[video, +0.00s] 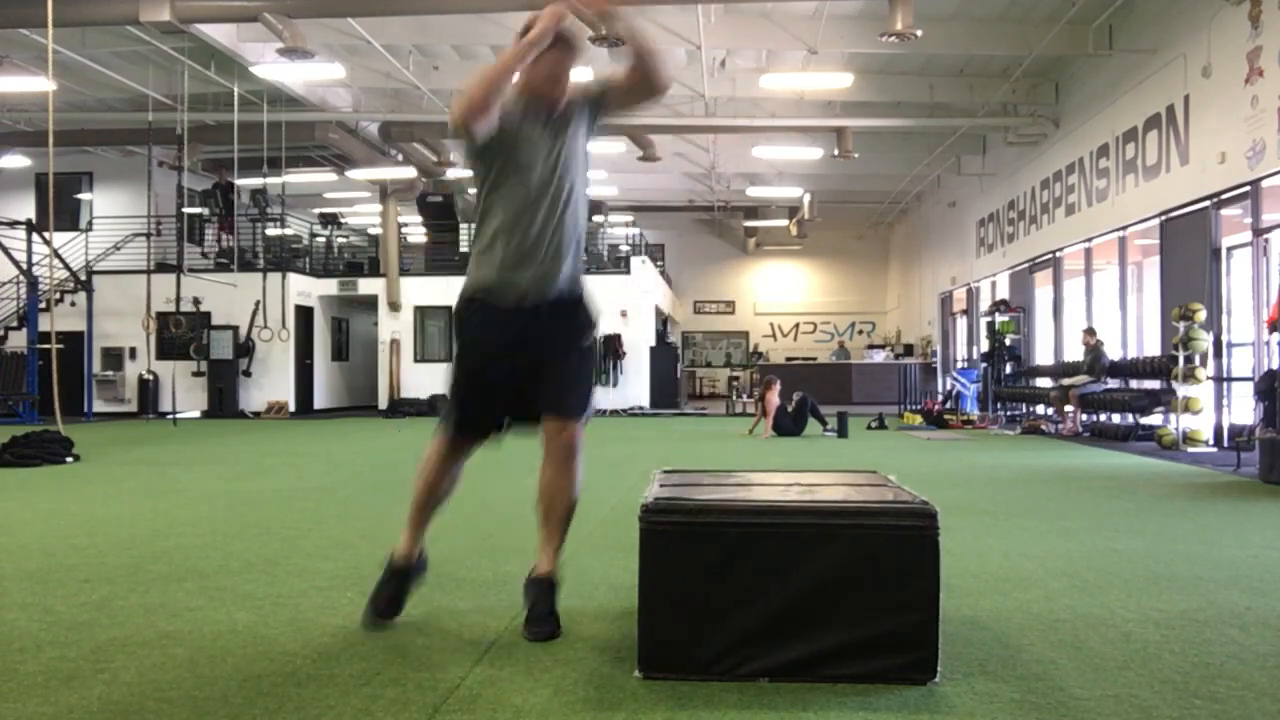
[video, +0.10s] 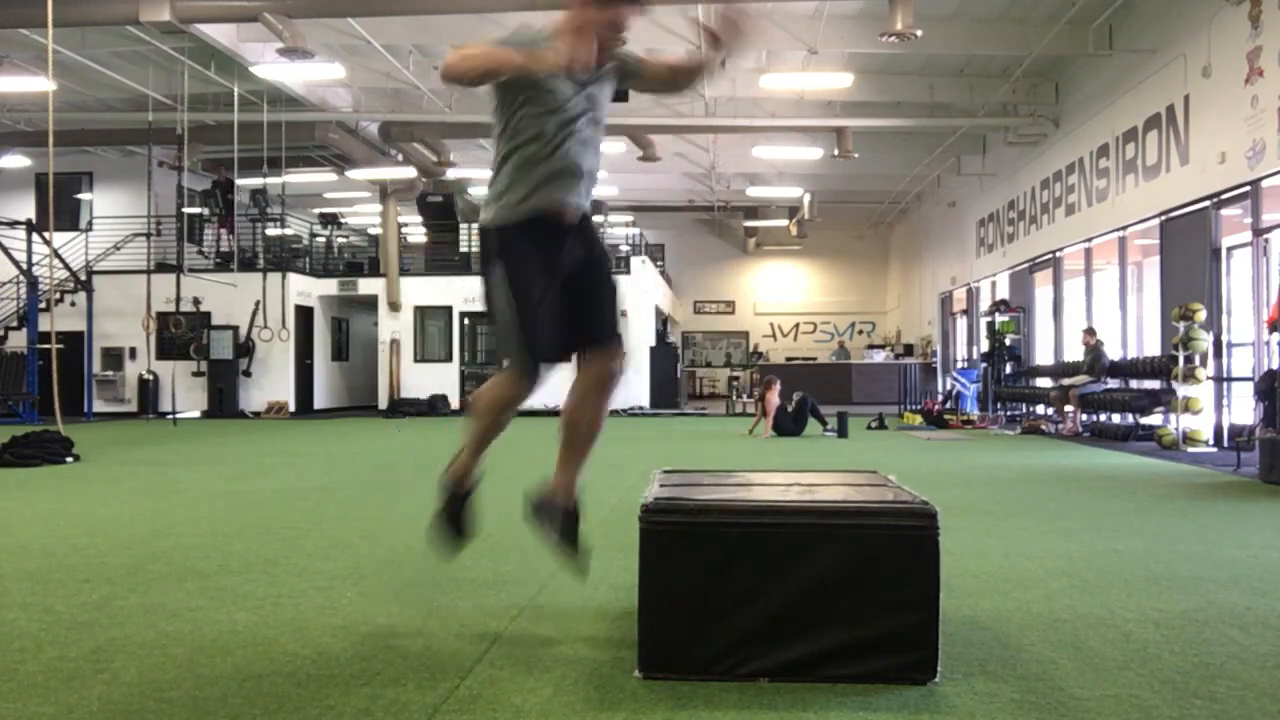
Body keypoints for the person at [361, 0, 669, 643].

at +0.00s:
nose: (562, 68)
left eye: (571, 57)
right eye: (551, 55)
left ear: (580, 65)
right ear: (523, 59)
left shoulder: (581, 109)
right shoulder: (498, 114)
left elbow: (652, 80)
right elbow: (467, 113)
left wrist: (622, 24)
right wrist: (528, 38)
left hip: (560, 305)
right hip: (490, 305)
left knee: (565, 433)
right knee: (457, 438)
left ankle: (544, 575)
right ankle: (406, 555)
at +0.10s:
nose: (622, 31)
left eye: (627, 22)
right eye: (615, 18)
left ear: (621, 22)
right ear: (579, 9)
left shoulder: (611, 63)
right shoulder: (530, 47)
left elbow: (670, 75)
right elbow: (455, 66)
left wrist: (712, 52)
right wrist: (536, 61)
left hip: (575, 230)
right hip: (516, 230)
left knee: (604, 358)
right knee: (522, 370)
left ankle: (559, 497)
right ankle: (460, 476)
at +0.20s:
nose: (666, 40)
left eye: (673, 33)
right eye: (663, 26)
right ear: (632, 6)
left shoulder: (640, 72)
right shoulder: (570, 32)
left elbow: (686, 118)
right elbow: (485, 54)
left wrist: (733, 135)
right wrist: (506, 131)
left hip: (576, 205)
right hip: (524, 196)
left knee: (656, 289)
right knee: (606, 289)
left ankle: (580, 402)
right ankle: (534, 408)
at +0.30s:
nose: (706, 72)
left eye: (713, 64)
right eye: (706, 57)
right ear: (680, 30)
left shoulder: (664, 102)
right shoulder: (609, 52)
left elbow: (680, 172)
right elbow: (517, 89)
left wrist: (733, 231)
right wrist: (483, 172)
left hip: (589, 200)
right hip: (542, 194)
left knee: (685, 263)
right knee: (662, 264)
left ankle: (637, 400)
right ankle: (624, 409)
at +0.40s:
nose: (732, 101)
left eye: (739, 94)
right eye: (734, 86)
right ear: (708, 59)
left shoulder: (679, 122)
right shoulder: (641, 83)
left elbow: (651, 205)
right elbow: (552, 124)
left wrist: (679, 268)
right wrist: (516, 212)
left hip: (618, 234)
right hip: (579, 228)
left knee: (708, 309)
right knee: (699, 307)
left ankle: (675, 456)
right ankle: (665, 457)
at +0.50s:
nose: (744, 131)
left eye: (750, 124)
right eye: (746, 116)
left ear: (721, 93)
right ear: (722, 89)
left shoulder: (686, 146)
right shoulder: (666, 116)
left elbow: (645, 232)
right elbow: (599, 181)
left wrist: (636, 318)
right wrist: (581, 274)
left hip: (632, 266)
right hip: (617, 259)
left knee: (703, 342)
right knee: (741, 321)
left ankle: (673, 459)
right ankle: (676, 457)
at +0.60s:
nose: (740, 129)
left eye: (747, 121)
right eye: (742, 114)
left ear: (716, 90)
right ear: (719, 88)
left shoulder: (674, 133)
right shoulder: (672, 122)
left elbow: (621, 218)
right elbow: (637, 198)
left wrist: (603, 318)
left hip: (586, 275)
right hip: (604, 264)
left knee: (709, 354)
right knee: (742, 326)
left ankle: (670, 463)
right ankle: (676, 459)